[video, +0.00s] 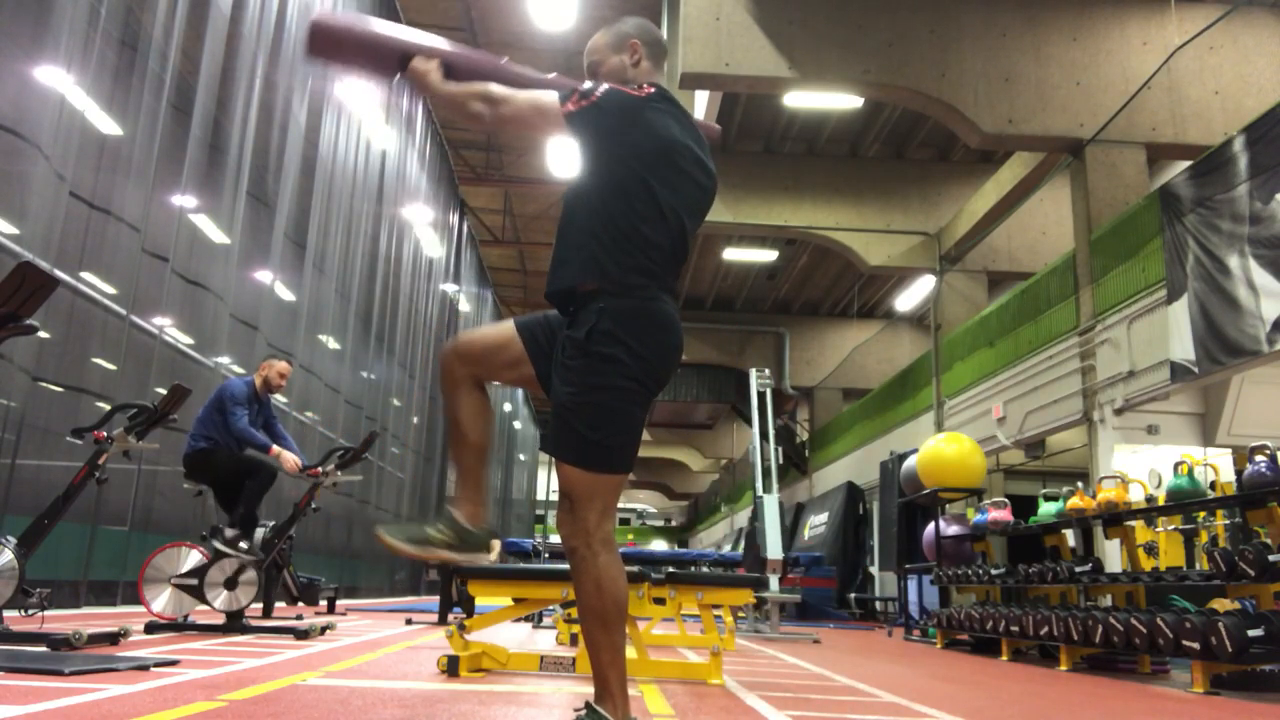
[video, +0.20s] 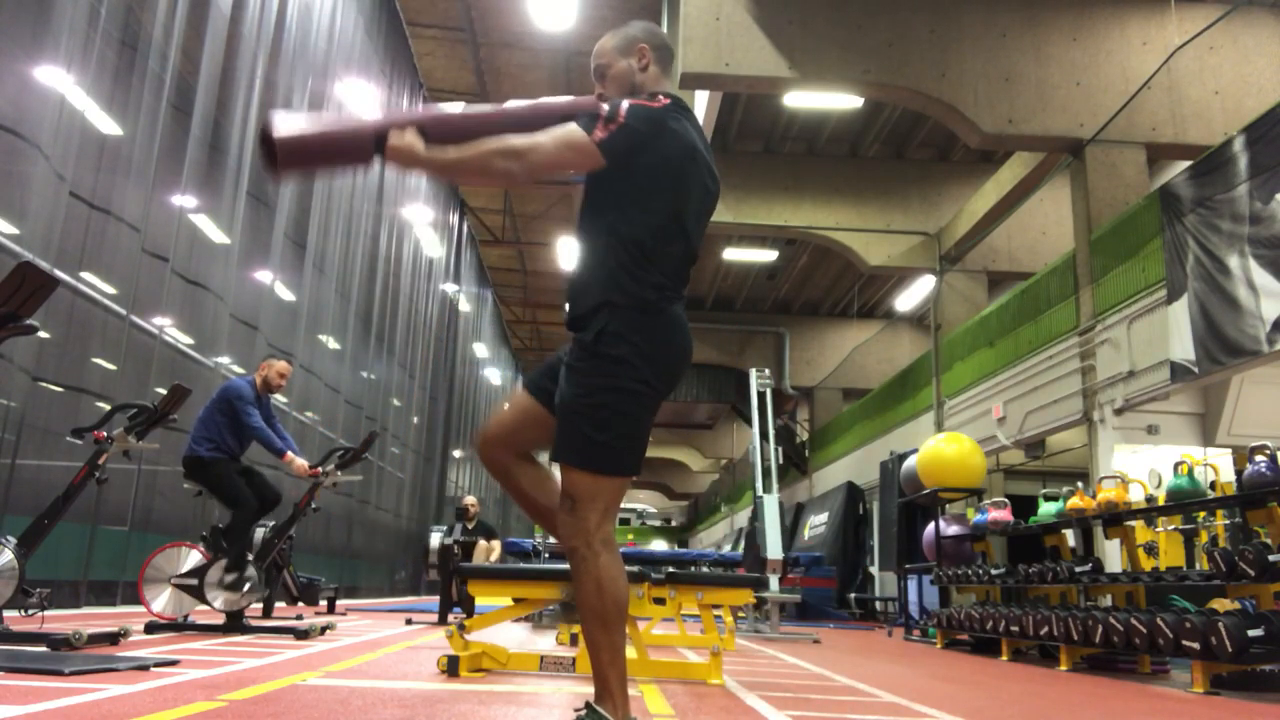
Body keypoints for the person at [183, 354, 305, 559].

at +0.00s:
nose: (283, 384)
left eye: (286, 380)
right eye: (280, 376)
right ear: (263, 369)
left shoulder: (263, 403)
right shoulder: (235, 389)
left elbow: (277, 433)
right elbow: (239, 428)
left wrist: (302, 465)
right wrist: (278, 452)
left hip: (223, 461)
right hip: (202, 456)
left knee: (248, 517)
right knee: (264, 471)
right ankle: (233, 531)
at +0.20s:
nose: (282, 383)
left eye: (286, 380)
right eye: (280, 376)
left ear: (284, 382)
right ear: (262, 369)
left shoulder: (262, 398)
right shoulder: (239, 389)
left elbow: (275, 428)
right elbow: (256, 427)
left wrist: (299, 461)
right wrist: (289, 459)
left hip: (228, 461)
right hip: (204, 459)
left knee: (271, 497)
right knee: (246, 505)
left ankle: (226, 535)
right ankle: (233, 572)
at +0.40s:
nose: (286, 384)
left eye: (290, 380)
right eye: (284, 377)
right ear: (266, 370)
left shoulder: (265, 397)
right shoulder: (243, 388)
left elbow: (277, 428)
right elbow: (259, 428)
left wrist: (299, 460)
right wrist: (290, 461)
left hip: (227, 460)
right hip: (202, 459)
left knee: (274, 481)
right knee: (231, 511)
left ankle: (246, 537)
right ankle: (200, 573)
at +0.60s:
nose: (283, 388)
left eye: (287, 384)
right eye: (281, 380)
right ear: (265, 372)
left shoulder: (265, 403)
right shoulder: (239, 389)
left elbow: (280, 432)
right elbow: (256, 430)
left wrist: (300, 462)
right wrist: (288, 461)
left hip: (212, 458)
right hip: (191, 452)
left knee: (243, 514)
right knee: (243, 477)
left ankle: (237, 564)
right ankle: (204, 531)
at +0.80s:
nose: (282, 389)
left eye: (285, 385)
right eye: (280, 382)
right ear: (263, 374)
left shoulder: (262, 404)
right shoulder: (236, 390)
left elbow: (278, 432)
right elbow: (255, 430)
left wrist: (301, 462)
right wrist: (287, 461)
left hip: (211, 456)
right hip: (190, 452)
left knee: (242, 510)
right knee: (246, 477)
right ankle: (232, 538)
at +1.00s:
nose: (285, 388)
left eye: (288, 384)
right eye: (283, 381)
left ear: (275, 380)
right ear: (266, 373)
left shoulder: (262, 400)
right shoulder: (241, 389)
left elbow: (278, 430)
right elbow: (259, 428)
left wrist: (302, 462)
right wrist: (288, 461)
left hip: (223, 460)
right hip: (198, 458)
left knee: (270, 483)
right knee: (224, 510)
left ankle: (228, 528)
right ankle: (221, 581)